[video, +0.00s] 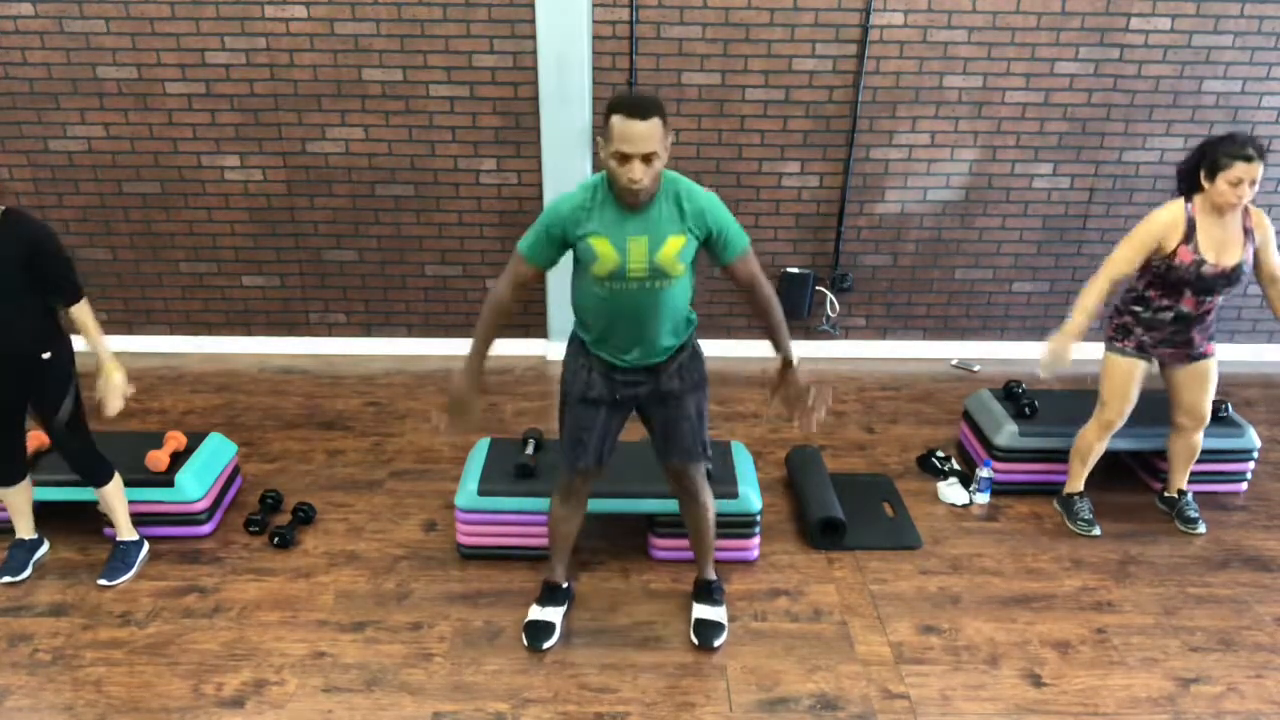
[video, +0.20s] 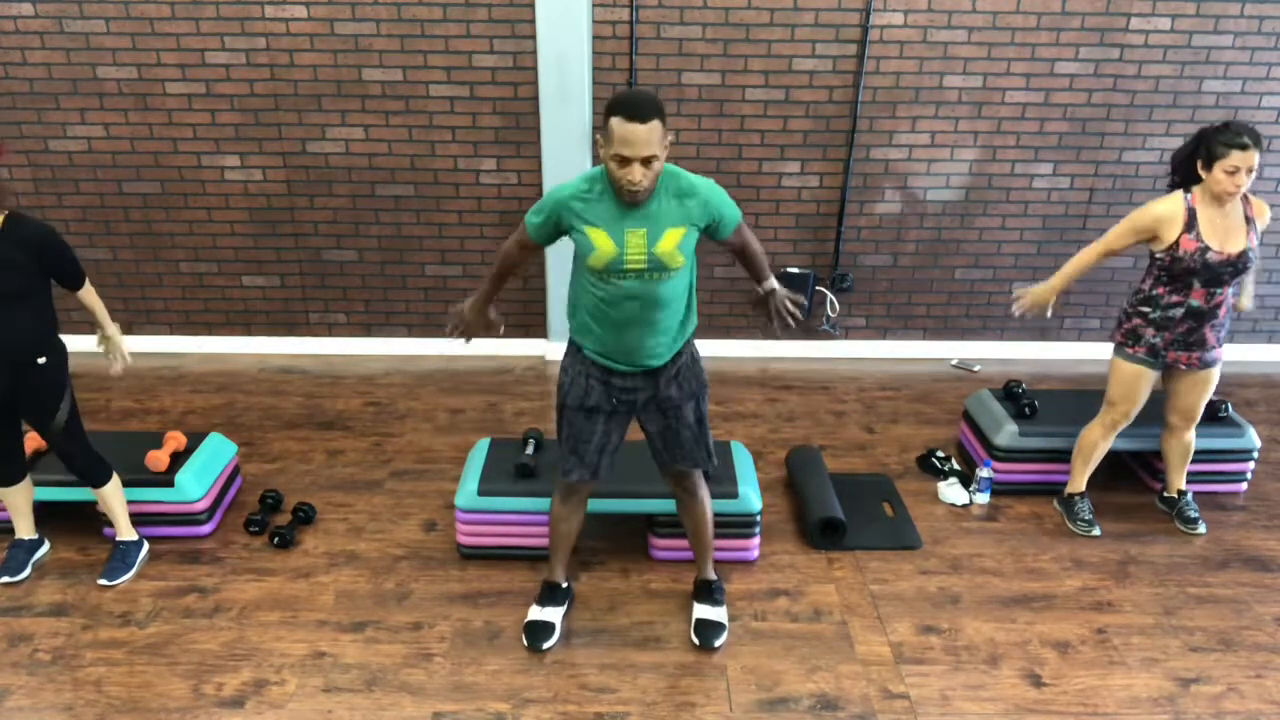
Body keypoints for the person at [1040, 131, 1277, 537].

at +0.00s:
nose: (1246, 194)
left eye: (1253, 184)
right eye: (1236, 183)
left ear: (1258, 183)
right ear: (1207, 180)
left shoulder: (1256, 223)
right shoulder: (1171, 218)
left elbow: (1273, 285)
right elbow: (1107, 275)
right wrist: (1069, 334)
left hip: (1193, 330)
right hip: (1136, 323)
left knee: (1193, 419)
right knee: (1111, 415)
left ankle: (1176, 493)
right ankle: (1072, 492)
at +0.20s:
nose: (1241, 182)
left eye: (1249, 172)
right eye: (1232, 171)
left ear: (1256, 171)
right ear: (1203, 168)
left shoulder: (1256, 213)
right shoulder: (1168, 212)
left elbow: (1244, 254)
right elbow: (1102, 248)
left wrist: (1245, 290)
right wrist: (1051, 288)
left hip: (1204, 334)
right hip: (1149, 328)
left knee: (1184, 423)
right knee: (1115, 416)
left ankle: (1175, 493)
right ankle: (1073, 493)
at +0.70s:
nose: (1239, 183)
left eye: (1248, 173)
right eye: (1230, 172)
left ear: (1254, 172)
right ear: (1204, 168)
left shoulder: (1254, 219)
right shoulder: (1166, 213)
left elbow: (1258, 281)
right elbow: (1107, 265)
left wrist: (1276, 337)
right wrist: (1077, 320)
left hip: (1197, 334)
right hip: (1143, 326)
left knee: (1187, 422)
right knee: (1114, 414)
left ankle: (1174, 494)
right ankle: (1073, 493)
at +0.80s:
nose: (1243, 195)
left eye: (1251, 185)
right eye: (1234, 184)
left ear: (1257, 183)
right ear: (1207, 180)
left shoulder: (1255, 226)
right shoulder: (1168, 220)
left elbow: (1263, 287)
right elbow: (1112, 277)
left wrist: (1276, 319)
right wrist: (1127, 331)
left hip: (1192, 330)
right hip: (1138, 323)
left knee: (1194, 420)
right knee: (1114, 415)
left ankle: (1174, 493)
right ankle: (1073, 493)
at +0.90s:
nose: (1243, 222)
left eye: (1251, 212)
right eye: (1234, 211)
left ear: (1258, 207)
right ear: (1207, 204)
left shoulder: (1256, 245)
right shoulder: (1167, 237)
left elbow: (1266, 307)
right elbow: (1123, 304)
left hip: (1183, 336)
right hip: (1129, 331)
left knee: (1200, 422)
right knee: (1110, 420)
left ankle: (1174, 493)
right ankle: (1072, 494)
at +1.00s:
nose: (1239, 258)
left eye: (1247, 248)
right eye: (1231, 247)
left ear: (1255, 243)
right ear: (1203, 236)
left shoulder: (1251, 270)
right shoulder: (1165, 261)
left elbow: (1265, 338)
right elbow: (1144, 335)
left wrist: (1274, 319)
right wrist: (1210, 321)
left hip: (1176, 342)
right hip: (1121, 336)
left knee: (1206, 427)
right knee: (1109, 425)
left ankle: (1174, 493)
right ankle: (1072, 493)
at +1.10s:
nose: (1233, 291)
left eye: (1240, 281)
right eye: (1224, 281)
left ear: (1248, 275)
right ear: (1197, 268)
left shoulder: (1243, 292)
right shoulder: (1159, 287)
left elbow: (1263, 364)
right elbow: (1154, 359)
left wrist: (1270, 332)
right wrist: (1222, 328)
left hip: (1171, 357)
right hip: (1113, 349)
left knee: (1210, 432)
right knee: (1109, 429)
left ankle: (1174, 492)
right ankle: (1072, 493)